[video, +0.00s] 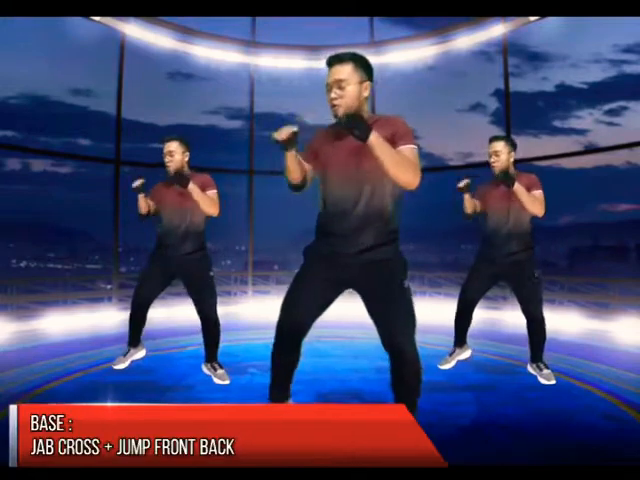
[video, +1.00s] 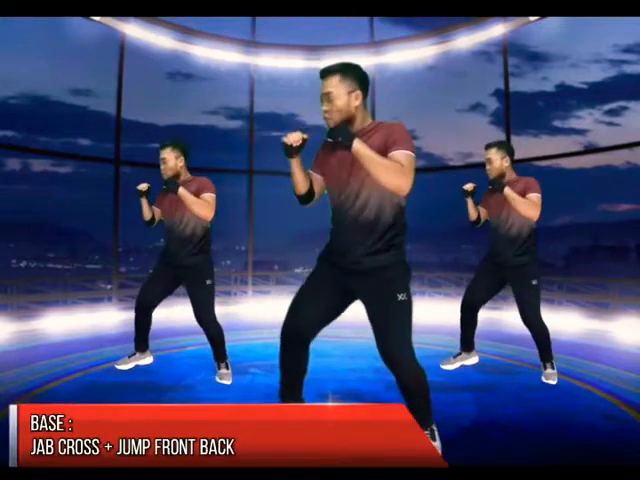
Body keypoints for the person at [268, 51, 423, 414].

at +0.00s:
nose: (333, 93)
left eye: (341, 85)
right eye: (330, 87)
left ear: (366, 88)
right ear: (327, 92)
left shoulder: (393, 129)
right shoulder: (322, 139)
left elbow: (410, 179)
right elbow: (297, 181)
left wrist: (369, 136)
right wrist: (289, 149)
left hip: (379, 258)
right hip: (327, 258)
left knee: (402, 347)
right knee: (288, 330)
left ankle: (405, 422)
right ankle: (277, 408)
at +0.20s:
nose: (324, 95)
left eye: (332, 88)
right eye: (323, 89)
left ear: (358, 91)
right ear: (321, 92)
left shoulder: (382, 135)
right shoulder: (313, 126)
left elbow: (392, 188)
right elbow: (257, 132)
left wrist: (358, 146)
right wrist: (224, 116)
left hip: (369, 261)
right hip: (321, 259)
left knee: (398, 346)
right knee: (286, 332)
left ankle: (406, 424)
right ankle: (290, 410)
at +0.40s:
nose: (304, 96)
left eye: (309, 89)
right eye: (305, 90)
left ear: (331, 90)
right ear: (328, 91)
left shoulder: (353, 126)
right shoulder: (326, 130)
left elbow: (335, 163)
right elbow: (313, 167)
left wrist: (301, 131)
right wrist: (301, 133)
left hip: (347, 256)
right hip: (316, 255)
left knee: (363, 344)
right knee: (282, 325)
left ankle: (424, 417)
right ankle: (289, 410)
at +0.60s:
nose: (316, 99)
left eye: (320, 91)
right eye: (316, 92)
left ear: (341, 89)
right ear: (338, 91)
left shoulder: (358, 119)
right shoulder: (339, 128)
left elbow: (297, 133)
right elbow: (316, 177)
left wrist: (256, 114)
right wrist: (310, 131)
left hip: (356, 254)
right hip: (328, 253)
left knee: (374, 345)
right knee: (291, 325)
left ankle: (423, 424)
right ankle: (290, 415)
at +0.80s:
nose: (317, 102)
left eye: (323, 94)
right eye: (316, 95)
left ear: (350, 94)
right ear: (332, 97)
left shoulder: (383, 128)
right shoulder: (329, 143)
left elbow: (389, 180)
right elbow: (310, 191)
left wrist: (343, 138)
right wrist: (296, 152)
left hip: (377, 259)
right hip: (337, 257)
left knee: (391, 348)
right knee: (301, 332)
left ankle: (425, 430)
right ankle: (289, 416)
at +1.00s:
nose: (323, 105)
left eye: (330, 97)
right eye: (322, 98)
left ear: (357, 97)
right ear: (329, 102)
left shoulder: (392, 132)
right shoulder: (330, 148)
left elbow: (402, 183)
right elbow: (306, 195)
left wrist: (353, 143)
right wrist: (294, 156)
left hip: (384, 268)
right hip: (337, 266)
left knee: (397, 354)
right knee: (294, 334)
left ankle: (426, 432)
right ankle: (289, 418)